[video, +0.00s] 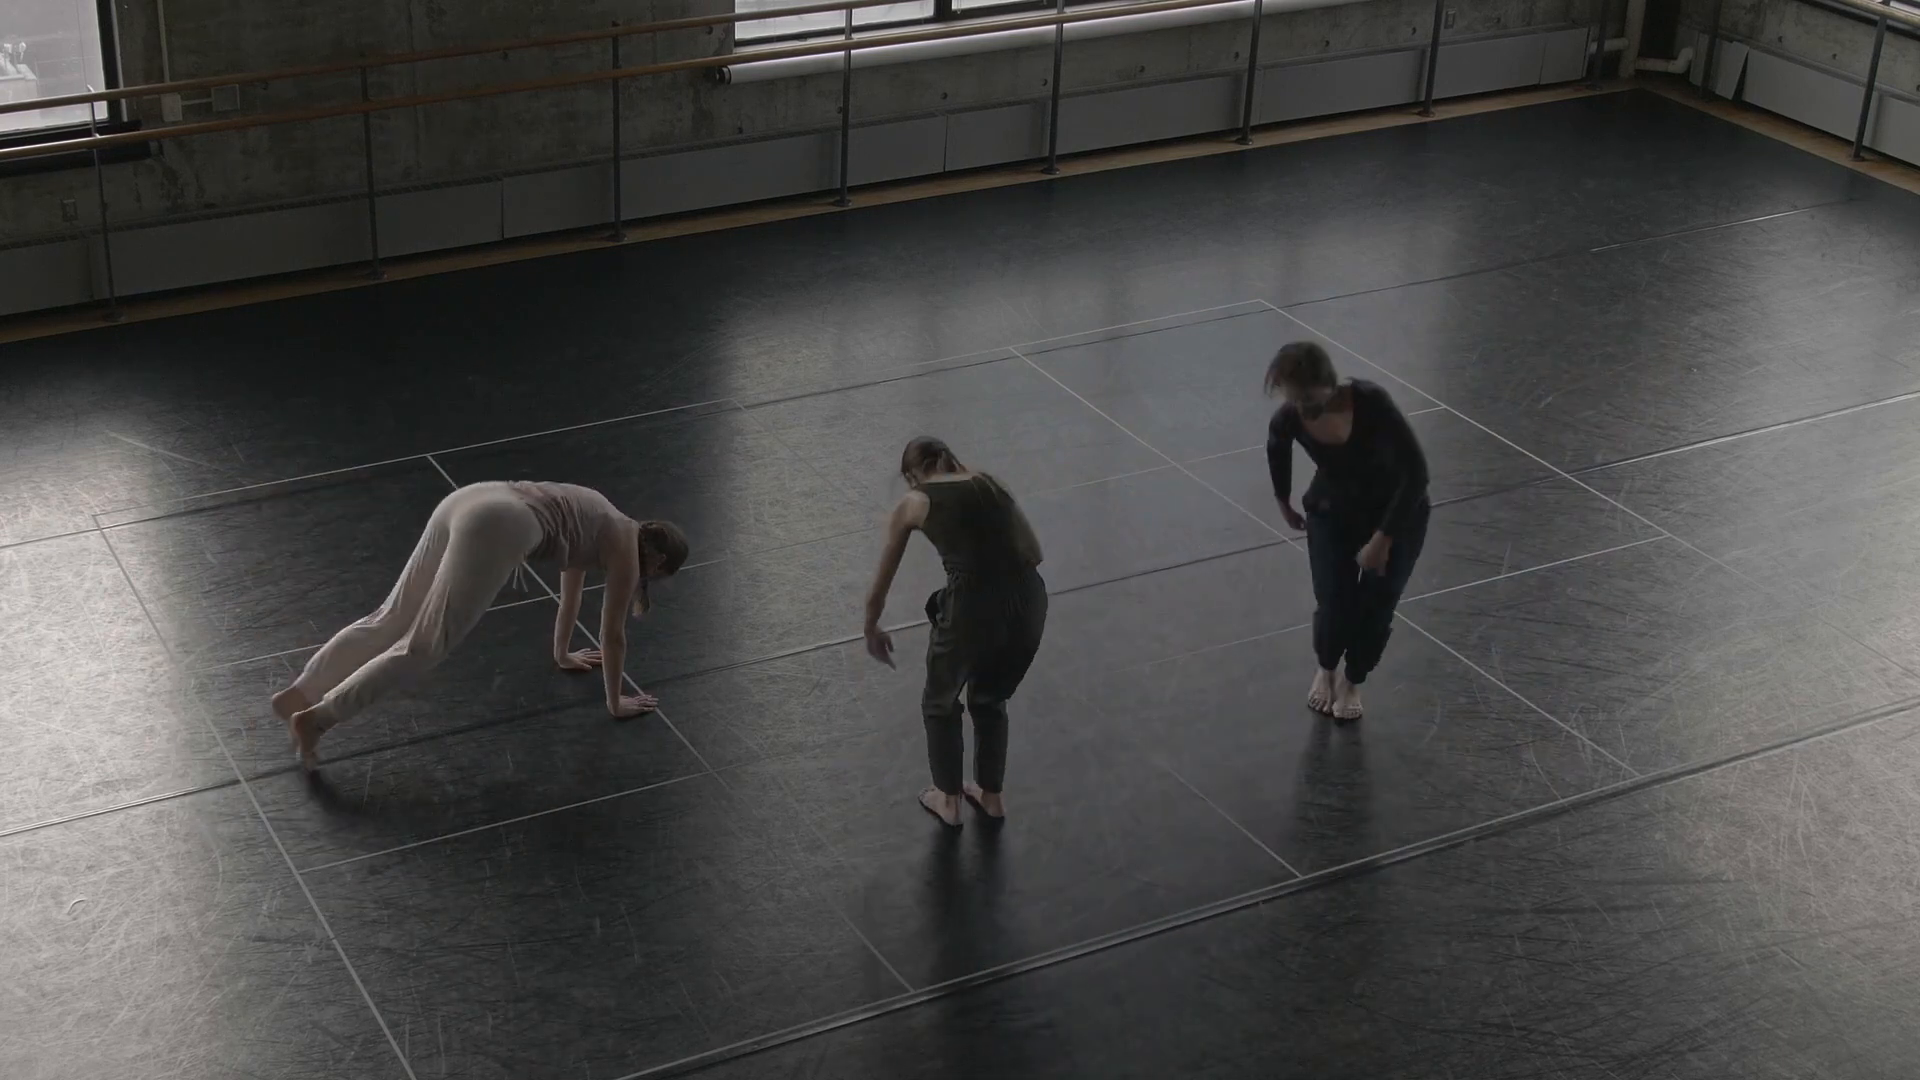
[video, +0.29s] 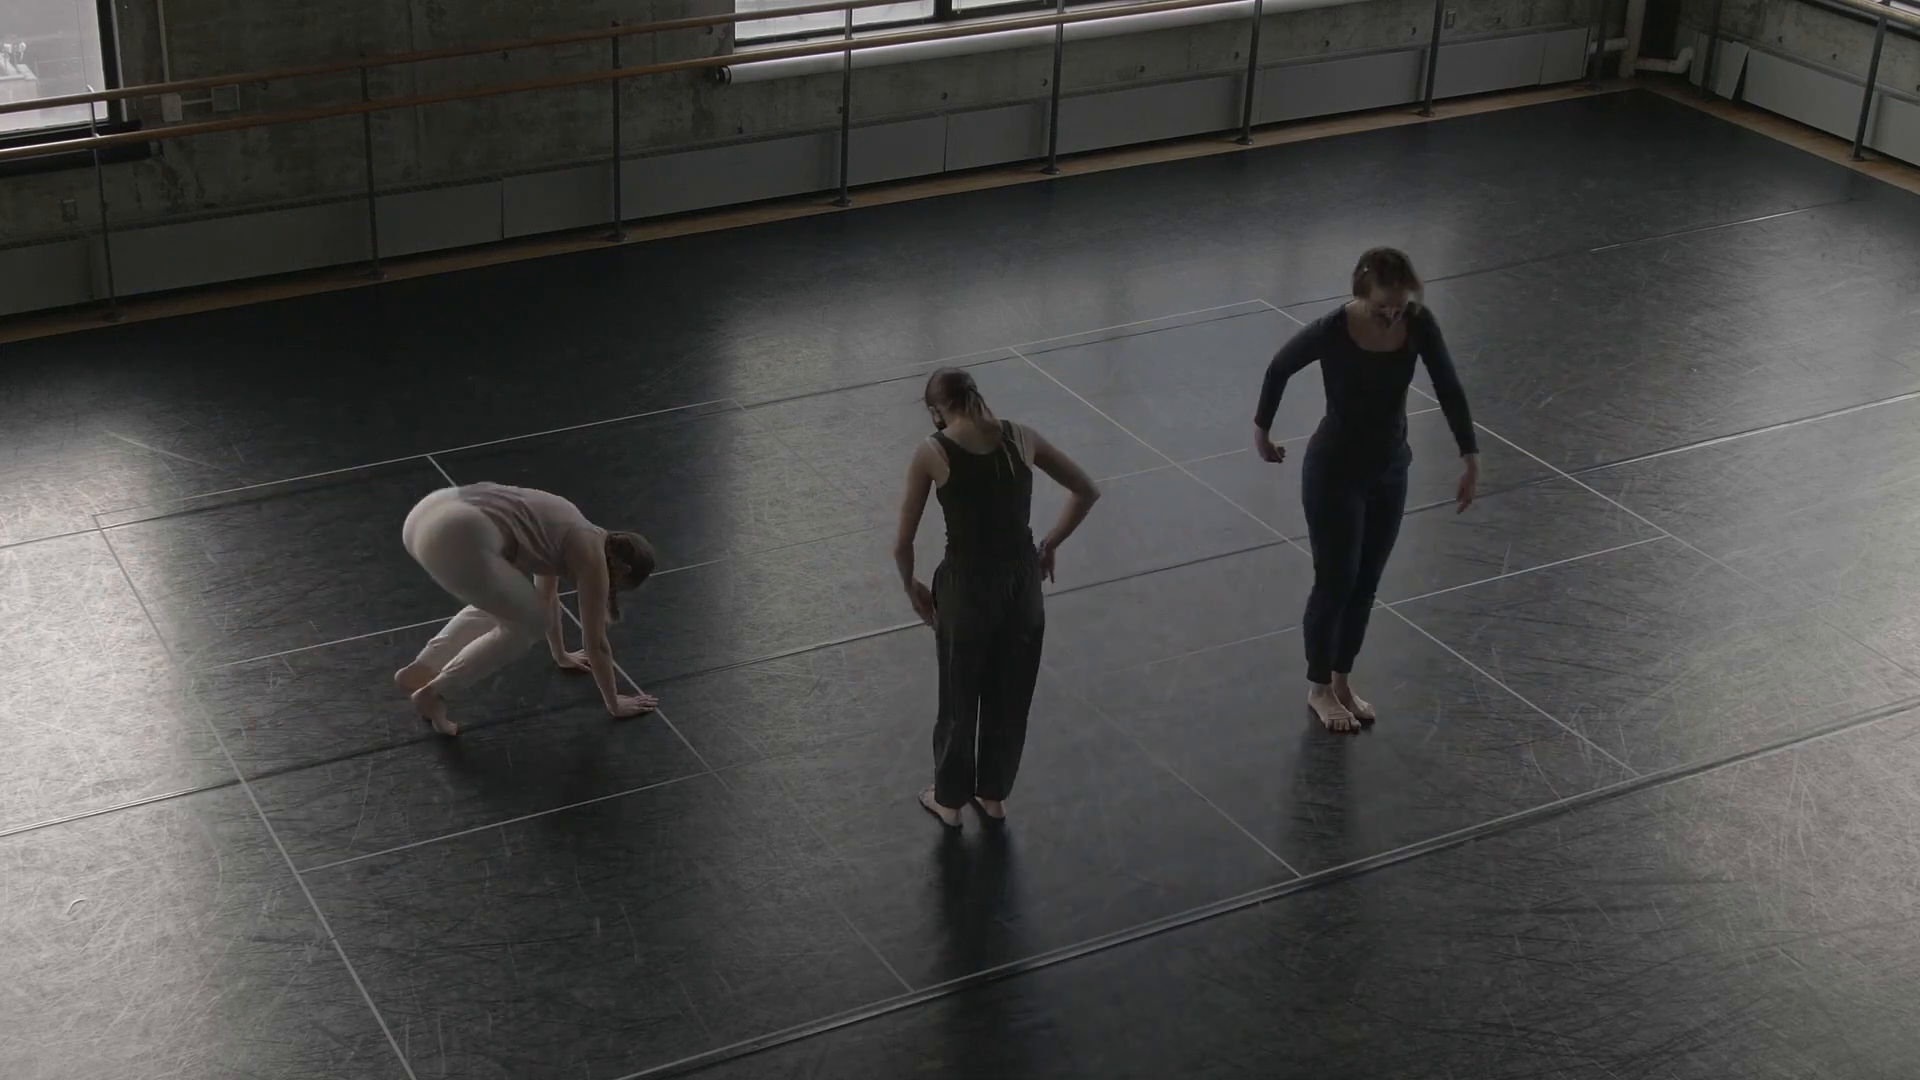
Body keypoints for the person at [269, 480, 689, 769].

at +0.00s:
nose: (648, 583)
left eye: (656, 577)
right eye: (658, 575)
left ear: (645, 543)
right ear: (655, 555)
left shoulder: (588, 525)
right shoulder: (625, 537)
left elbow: (569, 601)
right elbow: (615, 632)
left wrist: (562, 656)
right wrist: (617, 700)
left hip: (463, 500)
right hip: (502, 519)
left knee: (388, 619)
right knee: (423, 649)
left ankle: (298, 691)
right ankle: (317, 717)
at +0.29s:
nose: (611, 588)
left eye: (618, 586)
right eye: (618, 582)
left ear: (614, 543)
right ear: (619, 567)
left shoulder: (560, 525)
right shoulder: (590, 548)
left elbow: (546, 597)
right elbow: (597, 643)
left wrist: (560, 655)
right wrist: (614, 702)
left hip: (428, 513)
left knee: (505, 599)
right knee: (530, 624)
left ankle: (422, 669)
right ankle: (433, 694)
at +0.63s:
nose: (573, 606)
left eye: (580, 602)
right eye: (579, 600)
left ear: (559, 557)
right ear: (573, 586)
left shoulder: (510, 545)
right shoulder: (536, 585)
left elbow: (524, 618)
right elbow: (566, 667)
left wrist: (566, 657)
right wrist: (612, 703)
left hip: (380, 618)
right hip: (408, 647)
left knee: (507, 626)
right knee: (532, 647)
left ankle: (414, 679)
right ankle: (427, 703)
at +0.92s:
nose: (551, 573)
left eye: (556, 568)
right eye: (556, 565)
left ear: (532, 525)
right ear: (547, 549)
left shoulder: (490, 524)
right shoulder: (509, 546)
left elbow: (520, 604)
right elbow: (563, 623)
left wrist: (563, 648)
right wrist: (617, 665)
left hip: (346, 557)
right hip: (369, 582)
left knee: (472, 596)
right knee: (485, 620)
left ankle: (399, 686)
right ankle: (414, 717)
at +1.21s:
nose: (548, 498)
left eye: (554, 491)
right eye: (552, 489)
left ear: (521, 454)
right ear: (543, 480)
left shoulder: (474, 467)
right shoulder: (512, 493)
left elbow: (464, 563)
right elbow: (499, 582)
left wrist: (469, 638)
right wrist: (507, 649)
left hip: (339, 507)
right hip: (362, 523)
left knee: (421, 603)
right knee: (447, 621)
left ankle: (389, 702)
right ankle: (406, 726)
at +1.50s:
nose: (543, 427)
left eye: (549, 419)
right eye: (546, 417)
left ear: (512, 387)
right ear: (534, 407)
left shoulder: (471, 397)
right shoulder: (495, 427)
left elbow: (435, 488)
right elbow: (433, 487)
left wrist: (433, 564)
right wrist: (400, 544)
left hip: (342, 477)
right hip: (365, 492)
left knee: (387, 607)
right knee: (412, 611)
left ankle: (386, 706)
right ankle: (403, 726)